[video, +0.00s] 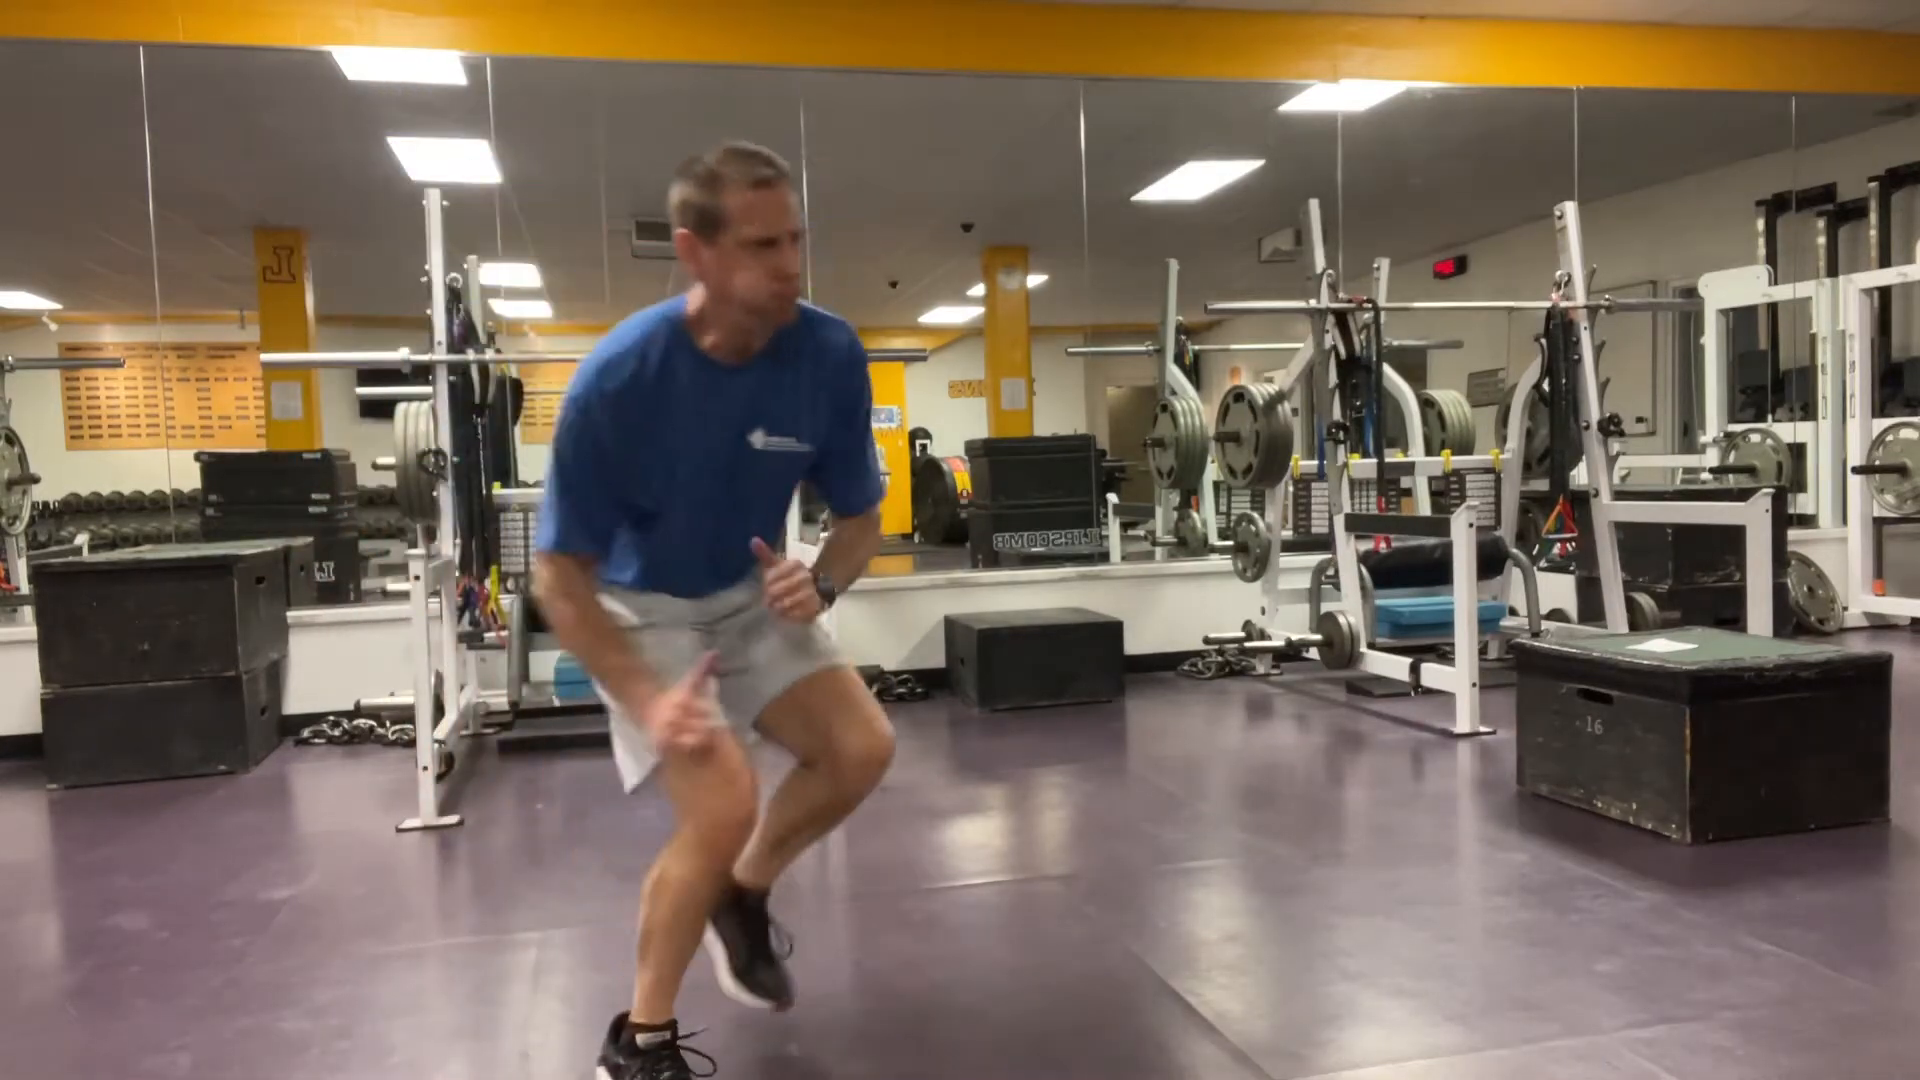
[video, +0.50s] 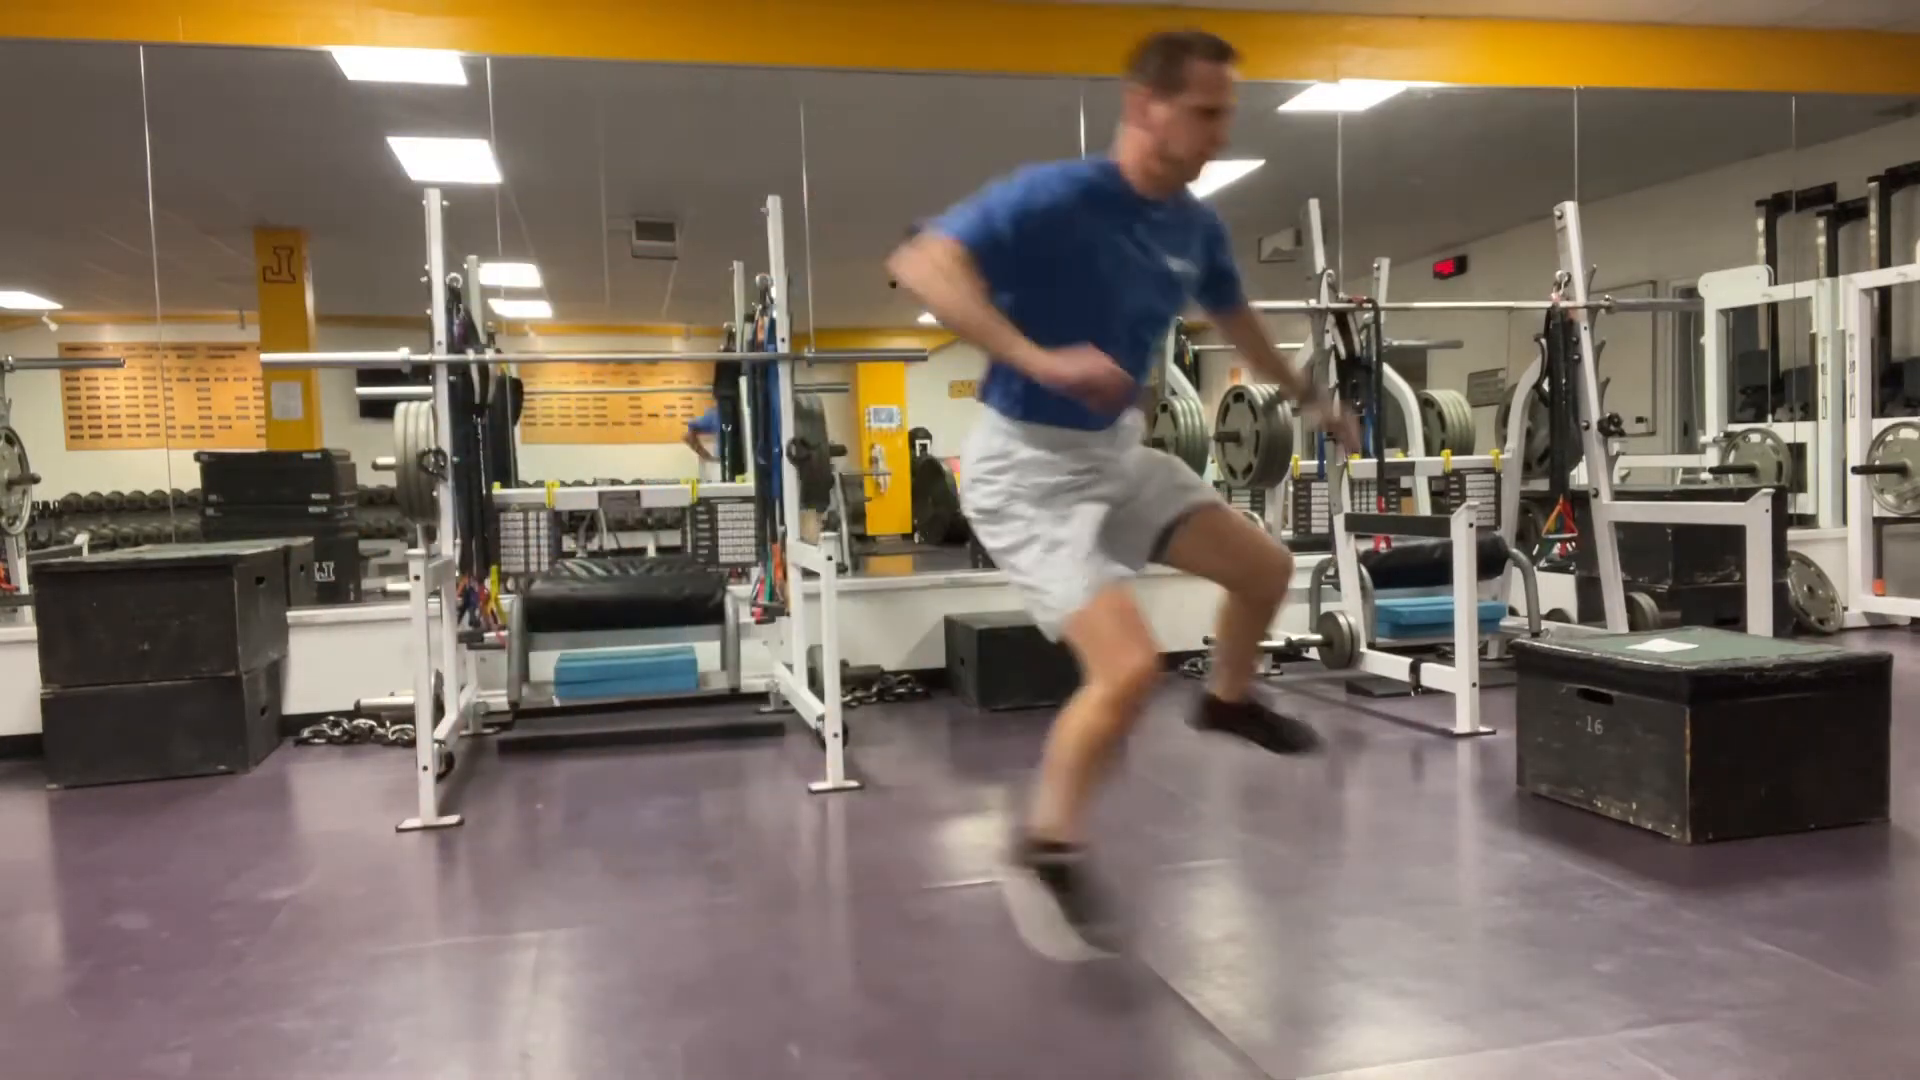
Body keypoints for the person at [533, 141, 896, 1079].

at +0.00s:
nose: (790, 267)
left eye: (795, 242)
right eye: (762, 246)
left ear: (804, 242)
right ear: (695, 256)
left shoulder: (829, 356)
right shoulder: (615, 383)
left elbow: (858, 509)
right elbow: (560, 574)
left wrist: (820, 579)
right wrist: (642, 694)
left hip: (753, 595)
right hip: (636, 611)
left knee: (861, 750)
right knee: (721, 813)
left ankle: (742, 890)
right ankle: (644, 1034)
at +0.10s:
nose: (847, 241)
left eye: (852, 218)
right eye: (820, 224)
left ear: (859, 219)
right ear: (751, 232)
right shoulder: (680, 365)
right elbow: (597, 550)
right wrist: (713, 599)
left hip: (798, 593)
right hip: (685, 611)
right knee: (770, 824)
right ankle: (645, 1037)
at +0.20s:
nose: (912, 194)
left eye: (917, 174)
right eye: (888, 177)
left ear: (923, 179)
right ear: (820, 188)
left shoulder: (953, 285)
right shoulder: (767, 287)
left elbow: (1092, 306)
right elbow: (663, 350)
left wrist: (1124, 237)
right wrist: (714, 343)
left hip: (858, 563)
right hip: (749, 572)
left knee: (1036, 663)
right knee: (804, 822)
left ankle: (907, 820)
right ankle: (652, 1031)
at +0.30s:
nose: (1005, 134)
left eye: (1010, 113)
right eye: (984, 115)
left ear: (1012, 118)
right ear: (920, 119)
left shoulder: (1022, 190)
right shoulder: (858, 187)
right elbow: (732, 154)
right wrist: (757, 168)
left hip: (959, 501)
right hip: (855, 508)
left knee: (1136, 572)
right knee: (834, 778)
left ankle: (1015, 719)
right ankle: (670, 1009)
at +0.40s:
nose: (1110, 104)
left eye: (1117, 85)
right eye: (1092, 83)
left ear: (1114, 91)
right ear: (1030, 81)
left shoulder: (1111, 175)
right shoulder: (961, 162)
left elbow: (1209, 191)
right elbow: (807, 157)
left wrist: (1307, 218)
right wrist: (886, 226)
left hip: (1049, 453)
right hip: (953, 463)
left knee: (1212, 531)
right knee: (978, 706)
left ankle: (1117, 667)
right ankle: (809, 907)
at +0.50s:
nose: (1217, 134)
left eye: (1224, 117)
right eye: (1202, 113)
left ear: (1218, 122)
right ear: (1142, 106)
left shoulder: (1196, 229)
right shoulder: (1055, 196)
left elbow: (1242, 330)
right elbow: (922, 263)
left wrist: (1306, 395)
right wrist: (1033, 355)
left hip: (1117, 459)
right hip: (1023, 466)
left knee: (1263, 569)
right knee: (1127, 667)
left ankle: (1229, 702)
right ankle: (1045, 846)